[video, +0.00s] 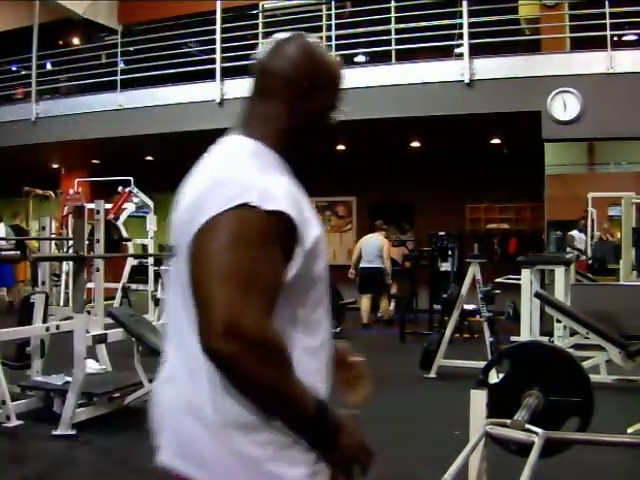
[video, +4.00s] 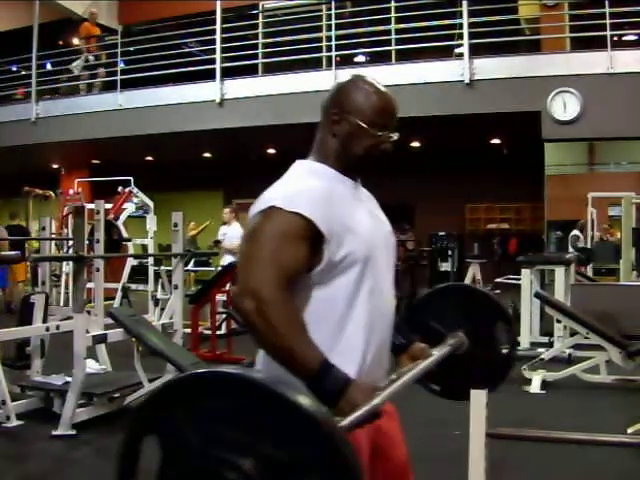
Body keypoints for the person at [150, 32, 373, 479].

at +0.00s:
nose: (332, 129)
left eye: (333, 112)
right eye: (329, 111)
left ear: (261, 93)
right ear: (303, 102)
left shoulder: (224, 167)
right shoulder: (250, 182)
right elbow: (233, 334)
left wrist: (320, 355)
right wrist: (327, 430)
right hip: (246, 460)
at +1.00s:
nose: (510, 209)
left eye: (519, 199)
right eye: (507, 192)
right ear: (471, 166)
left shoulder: (477, 242)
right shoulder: (405, 235)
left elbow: (475, 332)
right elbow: (419, 363)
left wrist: (504, 410)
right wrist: (465, 464)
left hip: (408, 404)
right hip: (345, 411)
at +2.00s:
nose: (562, 235)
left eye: (570, 226)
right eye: (567, 223)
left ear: (539, 192)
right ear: (551, 205)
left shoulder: (497, 240)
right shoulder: (454, 237)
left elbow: (454, 341)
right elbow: (417, 349)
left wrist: (471, 414)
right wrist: (437, 462)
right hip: (360, 399)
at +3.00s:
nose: (534, 174)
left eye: (528, 161)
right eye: (518, 160)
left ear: (474, 172)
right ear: (472, 170)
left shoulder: (486, 246)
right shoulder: (435, 250)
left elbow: (442, 349)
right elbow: (398, 360)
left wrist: (469, 416)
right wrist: (432, 461)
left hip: (409, 406)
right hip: (356, 412)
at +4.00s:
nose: (386, 142)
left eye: (389, 132)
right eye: (375, 129)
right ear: (335, 121)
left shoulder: (361, 200)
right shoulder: (304, 191)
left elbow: (352, 298)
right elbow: (256, 295)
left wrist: (402, 344)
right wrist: (335, 386)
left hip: (373, 414)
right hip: (312, 426)